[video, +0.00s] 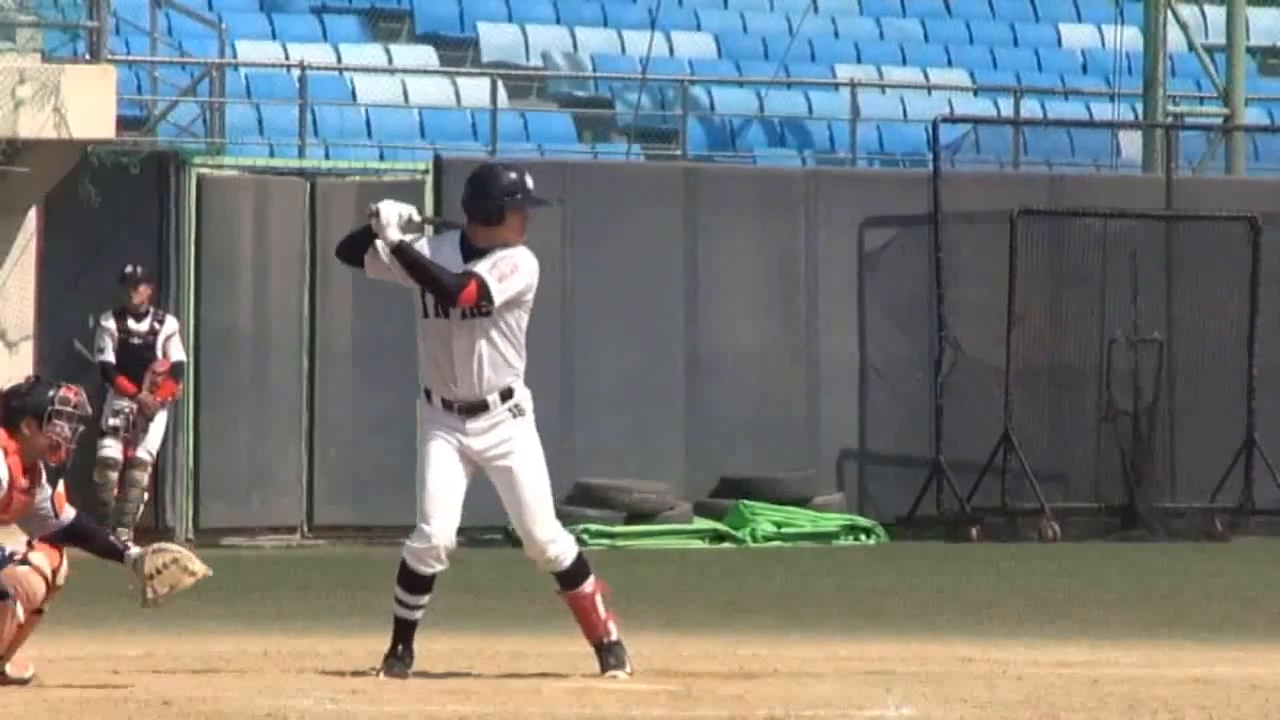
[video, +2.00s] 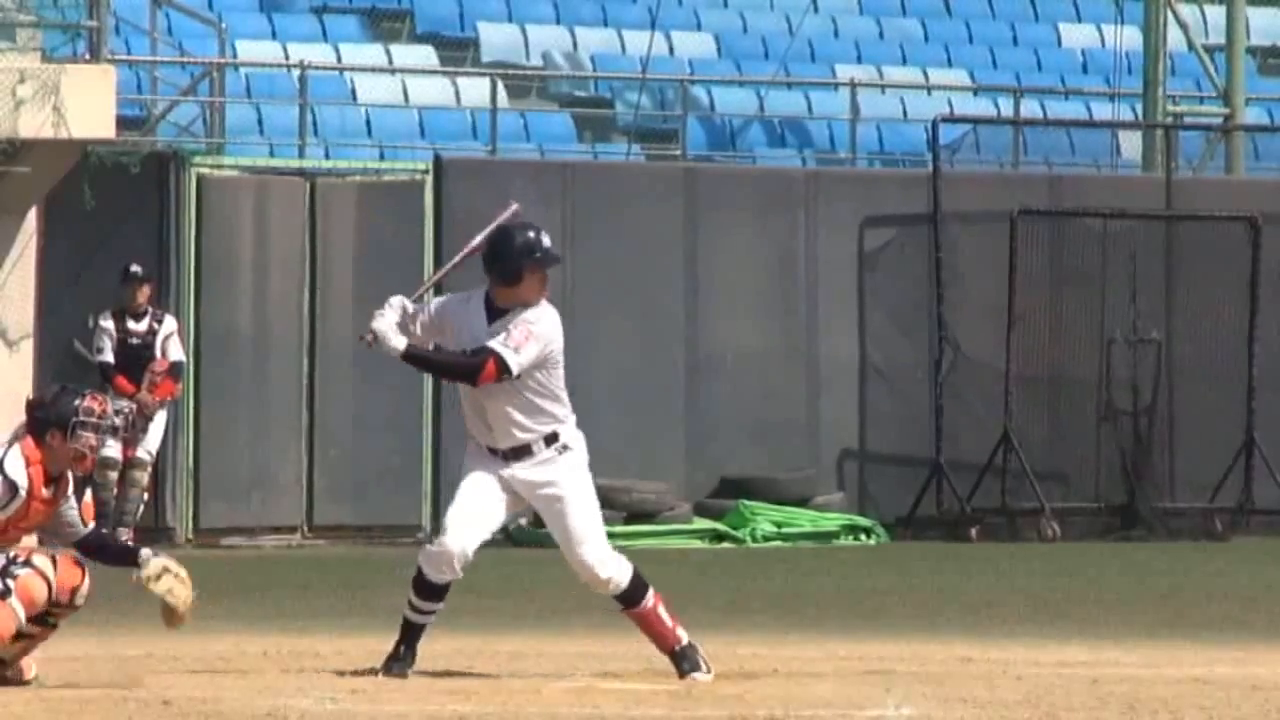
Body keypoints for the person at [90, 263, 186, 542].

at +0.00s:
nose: (133, 293)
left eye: (139, 287)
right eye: (129, 287)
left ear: (150, 290)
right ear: (123, 290)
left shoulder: (168, 324)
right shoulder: (110, 322)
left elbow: (177, 369)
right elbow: (107, 368)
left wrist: (158, 398)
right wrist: (137, 394)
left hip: (154, 399)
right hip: (120, 395)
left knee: (141, 461)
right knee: (108, 456)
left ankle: (125, 530)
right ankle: (105, 526)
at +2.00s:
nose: (136, 292)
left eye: (142, 286)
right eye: (131, 286)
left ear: (150, 290)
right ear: (123, 289)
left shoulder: (167, 324)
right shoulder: (108, 322)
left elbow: (176, 368)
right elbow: (106, 368)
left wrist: (157, 398)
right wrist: (136, 395)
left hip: (153, 400)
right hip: (117, 396)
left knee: (141, 459)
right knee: (108, 457)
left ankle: (125, 528)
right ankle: (104, 525)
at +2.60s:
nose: (145, 291)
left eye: (148, 285)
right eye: (139, 285)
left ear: (153, 290)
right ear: (125, 289)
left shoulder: (165, 323)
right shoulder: (107, 321)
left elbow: (176, 367)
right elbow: (105, 367)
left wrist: (158, 397)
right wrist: (137, 395)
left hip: (150, 399)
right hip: (116, 396)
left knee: (140, 460)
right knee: (108, 457)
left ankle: (125, 527)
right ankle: (102, 525)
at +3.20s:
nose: (154, 292)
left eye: (155, 286)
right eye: (147, 286)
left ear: (156, 290)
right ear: (131, 290)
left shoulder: (166, 323)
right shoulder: (110, 320)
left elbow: (177, 364)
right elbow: (106, 366)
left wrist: (161, 394)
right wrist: (138, 393)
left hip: (153, 399)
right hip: (120, 395)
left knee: (141, 460)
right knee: (109, 455)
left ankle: (126, 527)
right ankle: (103, 526)